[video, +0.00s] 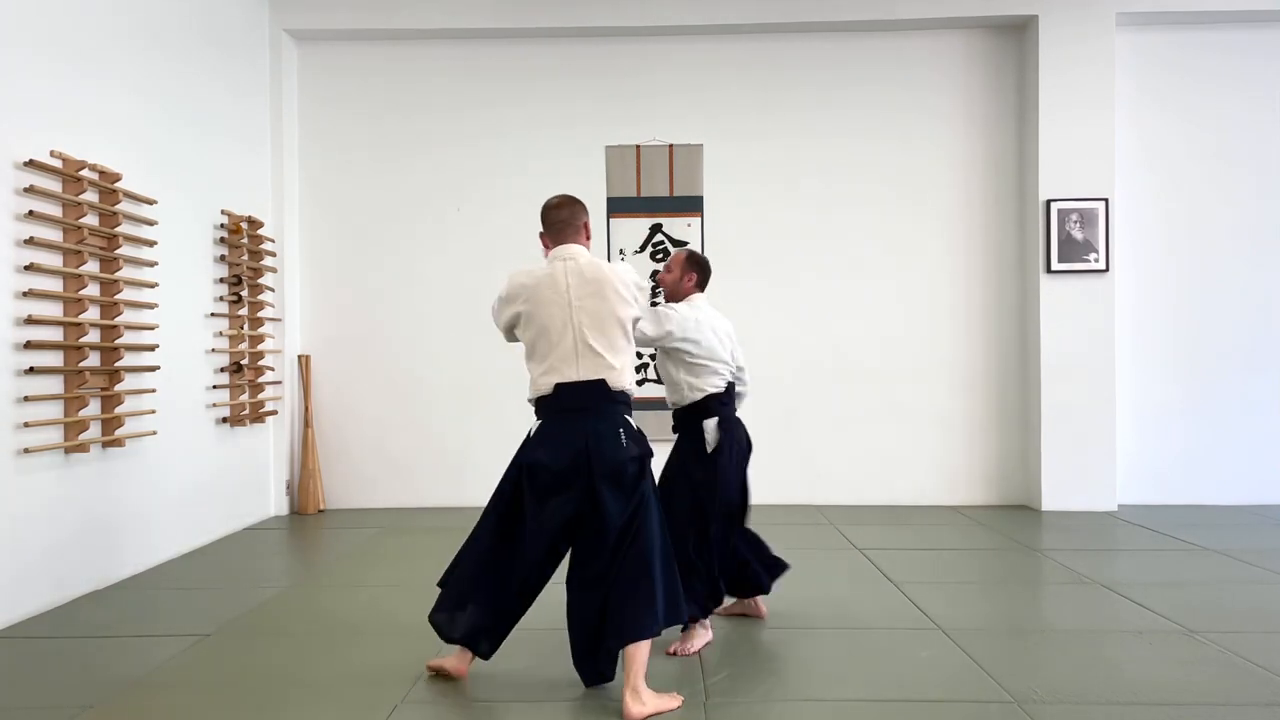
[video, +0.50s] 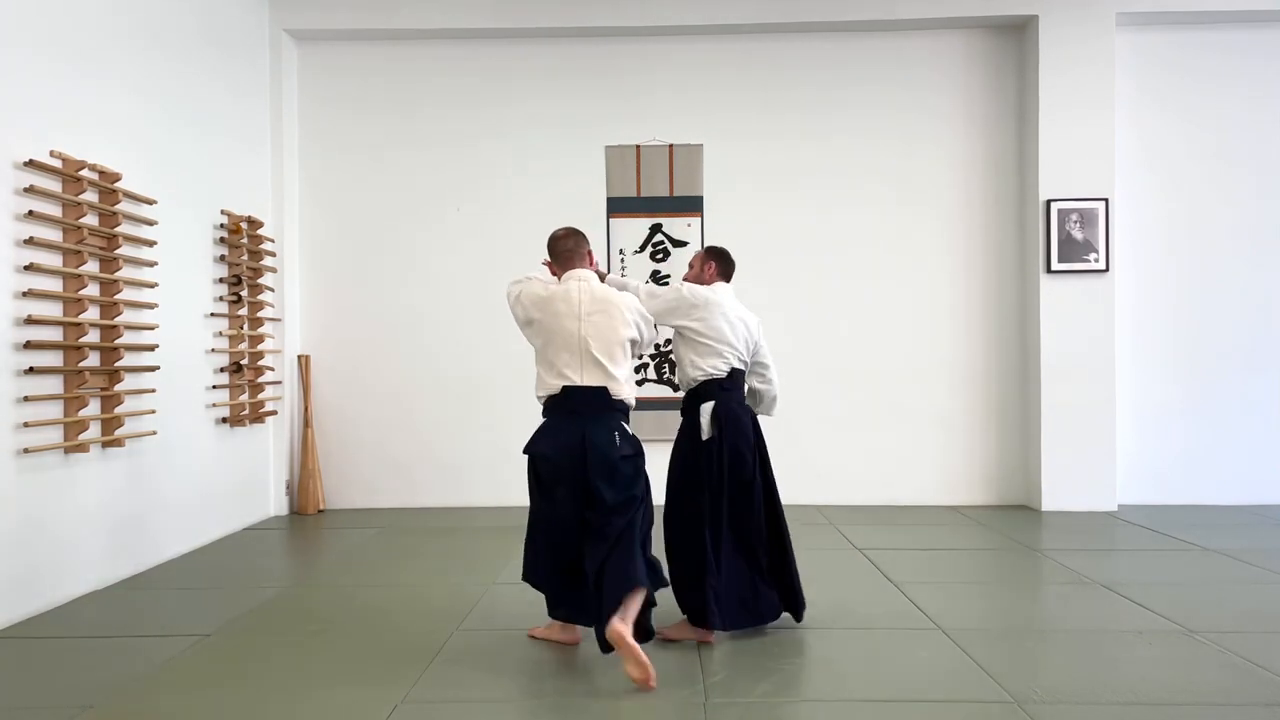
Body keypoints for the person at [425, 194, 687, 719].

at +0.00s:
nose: (586, 237)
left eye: (544, 237)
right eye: (588, 229)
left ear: (542, 239)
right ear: (589, 232)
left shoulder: (521, 286)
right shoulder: (623, 280)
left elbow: (509, 330)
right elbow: (633, 324)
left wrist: (556, 287)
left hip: (554, 431)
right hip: (615, 430)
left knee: (520, 538)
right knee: (637, 551)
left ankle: (463, 652)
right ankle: (636, 690)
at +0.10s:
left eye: (559, 241)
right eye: (602, 234)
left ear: (558, 243)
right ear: (604, 237)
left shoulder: (536, 287)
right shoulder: (632, 287)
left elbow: (518, 315)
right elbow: (672, 318)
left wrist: (571, 286)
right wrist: (665, 292)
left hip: (560, 428)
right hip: (619, 429)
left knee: (533, 532)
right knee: (640, 549)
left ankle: (497, 642)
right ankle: (635, 688)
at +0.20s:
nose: (580, 257)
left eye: (572, 251)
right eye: (617, 247)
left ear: (570, 253)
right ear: (616, 249)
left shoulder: (548, 290)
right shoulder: (642, 294)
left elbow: (525, 311)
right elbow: (678, 318)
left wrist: (575, 273)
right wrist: (648, 283)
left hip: (560, 428)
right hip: (618, 434)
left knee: (543, 528)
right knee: (643, 552)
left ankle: (529, 630)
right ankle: (634, 685)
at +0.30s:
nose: (617, 264)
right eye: (617, 258)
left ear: (568, 262)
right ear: (614, 258)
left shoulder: (544, 302)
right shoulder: (636, 301)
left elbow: (525, 302)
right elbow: (679, 331)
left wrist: (552, 283)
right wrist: (640, 291)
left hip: (561, 431)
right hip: (619, 434)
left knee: (548, 530)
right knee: (639, 553)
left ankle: (546, 618)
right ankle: (634, 685)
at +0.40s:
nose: (600, 265)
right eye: (601, 259)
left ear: (556, 266)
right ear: (600, 260)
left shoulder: (539, 300)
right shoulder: (632, 303)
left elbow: (524, 297)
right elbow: (665, 358)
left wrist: (552, 278)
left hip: (560, 429)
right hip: (617, 431)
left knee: (556, 530)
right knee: (635, 543)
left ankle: (557, 622)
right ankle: (633, 664)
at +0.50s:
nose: (595, 266)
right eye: (595, 259)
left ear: (550, 268)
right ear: (593, 260)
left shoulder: (536, 299)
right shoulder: (621, 303)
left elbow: (518, 289)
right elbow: (649, 336)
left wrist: (553, 276)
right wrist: (608, 286)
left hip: (557, 423)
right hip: (611, 426)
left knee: (559, 523)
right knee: (630, 528)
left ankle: (565, 622)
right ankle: (624, 620)